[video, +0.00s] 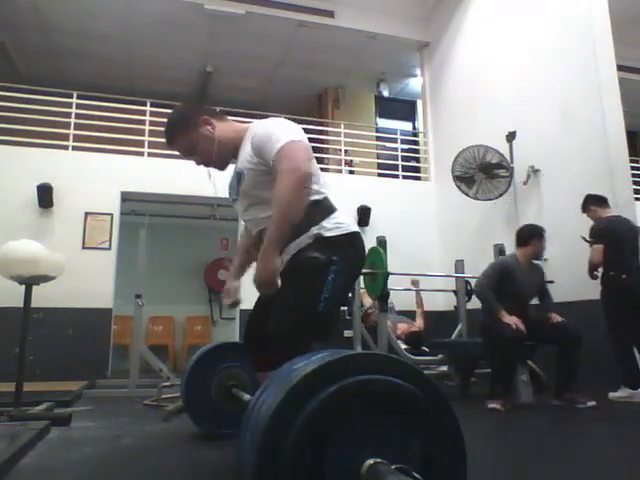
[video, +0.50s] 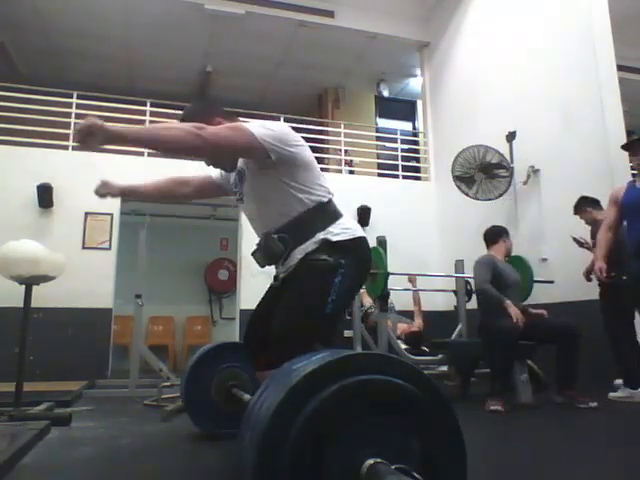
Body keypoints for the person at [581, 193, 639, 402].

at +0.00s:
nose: (590, 218)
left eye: (588, 214)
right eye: (588, 215)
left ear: (593, 209)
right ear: (606, 205)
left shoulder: (601, 226)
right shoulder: (630, 224)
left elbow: (596, 259)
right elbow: (631, 253)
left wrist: (591, 270)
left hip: (616, 288)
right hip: (635, 285)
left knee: (619, 336)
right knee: (633, 335)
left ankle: (632, 385)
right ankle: (633, 383)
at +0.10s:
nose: (588, 219)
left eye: (587, 215)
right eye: (587, 216)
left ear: (591, 210)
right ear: (604, 205)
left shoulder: (598, 227)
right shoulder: (627, 224)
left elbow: (595, 259)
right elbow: (635, 254)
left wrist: (590, 269)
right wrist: (635, 280)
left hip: (612, 287)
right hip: (630, 285)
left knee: (619, 336)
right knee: (631, 334)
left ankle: (631, 384)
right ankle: (633, 382)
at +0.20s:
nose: (587, 219)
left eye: (585, 215)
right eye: (585, 216)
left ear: (589, 210)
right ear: (602, 206)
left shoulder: (598, 227)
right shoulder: (622, 223)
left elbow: (594, 258)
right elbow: (623, 251)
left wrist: (589, 270)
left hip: (612, 284)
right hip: (631, 281)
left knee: (618, 334)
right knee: (631, 332)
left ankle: (630, 384)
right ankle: (633, 382)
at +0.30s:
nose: (585, 219)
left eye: (583, 215)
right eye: (583, 216)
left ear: (588, 210)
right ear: (600, 206)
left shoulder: (599, 226)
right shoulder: (622, 221)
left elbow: (595, 259)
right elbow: (622, 250)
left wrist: (589, 270)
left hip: (614, 284)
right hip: (631, 280)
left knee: (619, 334)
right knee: (629, 332)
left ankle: (630, 384)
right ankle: (631, 382)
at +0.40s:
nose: (584, 219)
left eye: (582, 215)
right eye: (582, 216)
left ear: (587, 210)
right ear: (598, 206)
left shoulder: (599, 226)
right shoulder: (617, 222)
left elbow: (596, 257)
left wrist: (588, 270)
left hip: (613, 282)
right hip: (628, 278)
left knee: (618, 331)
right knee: (625, 330)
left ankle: (630, 383)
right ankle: (630, 381)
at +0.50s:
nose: (583, 220)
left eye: (583, 216)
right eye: (581, 217)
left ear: (589, 210)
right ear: (591, 208)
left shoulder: (604, 226)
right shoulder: (604, 225)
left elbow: (603, 253)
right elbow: (606, 250)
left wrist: (591, 265)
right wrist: (592, 250)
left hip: (615, 282)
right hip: (614, 280)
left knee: (620, 332)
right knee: (619, 331)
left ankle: (633, 383)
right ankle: (628, 377)